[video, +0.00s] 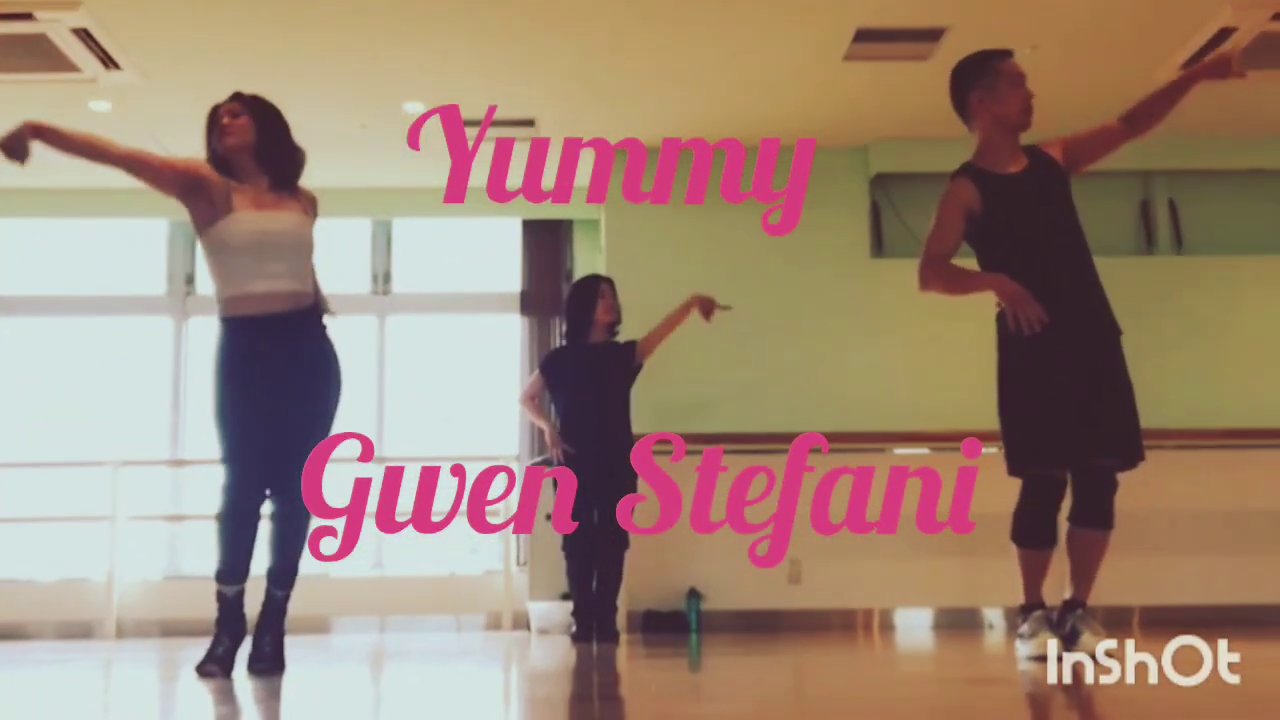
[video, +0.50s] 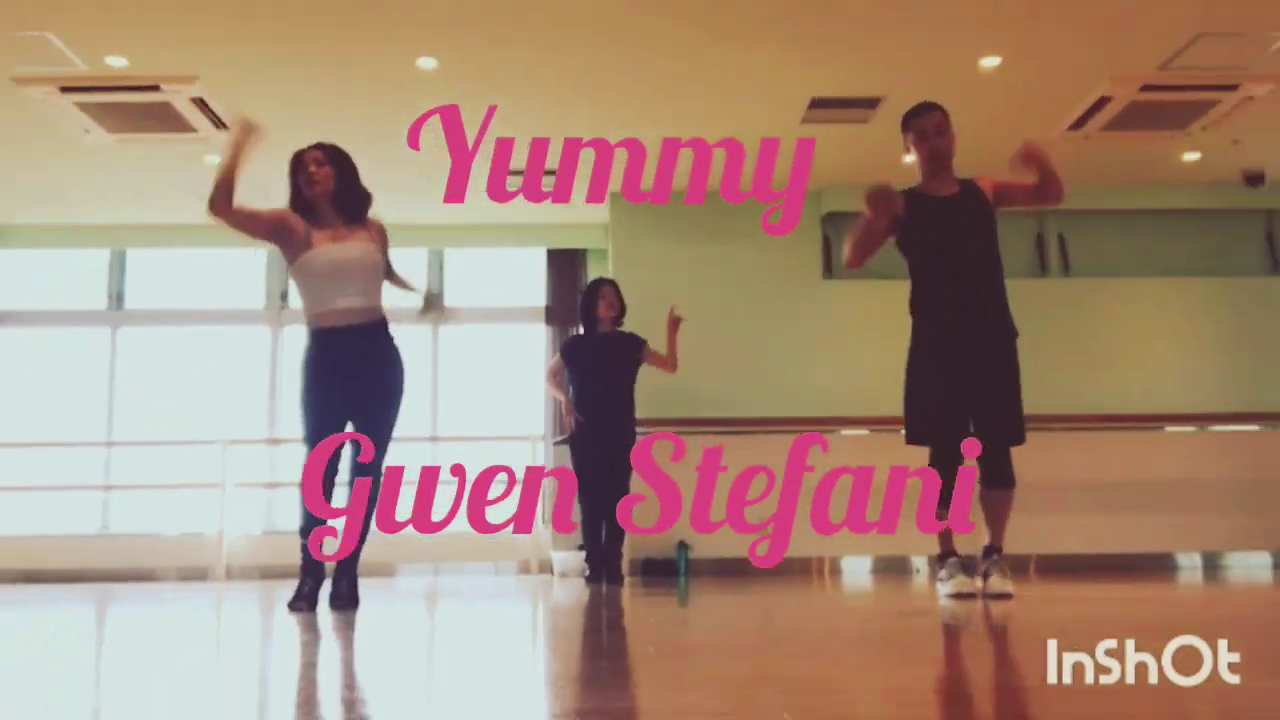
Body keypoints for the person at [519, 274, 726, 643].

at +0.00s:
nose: (612, 304)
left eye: (613, 298)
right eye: (603, 298)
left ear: (615, 305)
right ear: (584, 306)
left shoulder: (624, 354)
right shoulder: (560, 359)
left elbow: (661, 332)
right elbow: (527, 399)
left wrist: (693, 302)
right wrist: (548, 428)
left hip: (617, 460)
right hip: (576, 461)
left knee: (612, 545)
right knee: (578, 545)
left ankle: (606, 621)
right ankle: (583, 621)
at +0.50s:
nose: (610, 303)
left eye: (614, 298)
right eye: (603, 298)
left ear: (621, 305)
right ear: (590, 305)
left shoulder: (630, 343)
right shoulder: (576, 345)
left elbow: (670, 365)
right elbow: (551, 377)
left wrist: (672, 332)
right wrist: (566, 401)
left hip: (620, 432)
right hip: (586, 432)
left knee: (617, 499)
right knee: (591, 501)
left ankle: (613, 563)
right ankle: (594, 564)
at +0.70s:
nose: (610, 305)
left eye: (614, 300)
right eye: (604, 301)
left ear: (622, 305)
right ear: (596, 306)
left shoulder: (632, 337)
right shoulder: (585, 341)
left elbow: (659, 363)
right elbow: (566, 370)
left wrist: (649, 381)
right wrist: (576, 392)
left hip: (623, 415)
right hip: (594, 415)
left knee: (619, 480)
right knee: (597, 479)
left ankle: (617, 534)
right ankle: (599, 535)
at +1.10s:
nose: (614, 308)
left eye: (618, 304)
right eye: (610, 304)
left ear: (626, 308)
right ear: (603, 309)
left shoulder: (634, 333)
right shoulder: (596, 341)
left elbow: (656, 336)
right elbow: (582, 369)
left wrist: (647, 332)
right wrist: (582, 358)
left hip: (638, 403)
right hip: (614, 404)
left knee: (630, 462)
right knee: (612, 461)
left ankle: (622, 517)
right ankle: (608, 518)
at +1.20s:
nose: (620, 299)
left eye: (624, 294)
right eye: (615, 295)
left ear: (631, 299)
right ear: (607, 300)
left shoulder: (637, 322)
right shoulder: (602, 324)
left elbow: (645, 292)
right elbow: (576, 319)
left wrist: (631, 288)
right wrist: (583, 296)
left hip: (643, 392)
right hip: (620, 394)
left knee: (643, 454)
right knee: (627, 455)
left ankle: (648, 512)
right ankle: (633, 511)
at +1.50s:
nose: (617, 314)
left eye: (623, 309)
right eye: (616, 310)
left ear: (632, 314)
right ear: (617, 317)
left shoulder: (634, 339)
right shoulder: (621, 339)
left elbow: (622, 311)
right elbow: (606, 317)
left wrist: (623, 292)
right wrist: (618, 290)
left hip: (653, 413)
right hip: (639, 412)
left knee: (656, 473)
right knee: (634, 475)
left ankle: (683, 526)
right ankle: (671, 522)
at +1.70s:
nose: (615, 304)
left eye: (622, 300)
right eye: (618, 299)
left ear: (634, 308)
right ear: (633, 310)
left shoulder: (631, 338)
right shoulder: (621, 339)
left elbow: (627, 365)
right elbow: (606, 365)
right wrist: (592, 379)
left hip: (629, 419)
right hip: (639, 417)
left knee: (589, 473)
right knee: (658, 479)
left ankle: (593, 535)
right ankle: (687, 535)